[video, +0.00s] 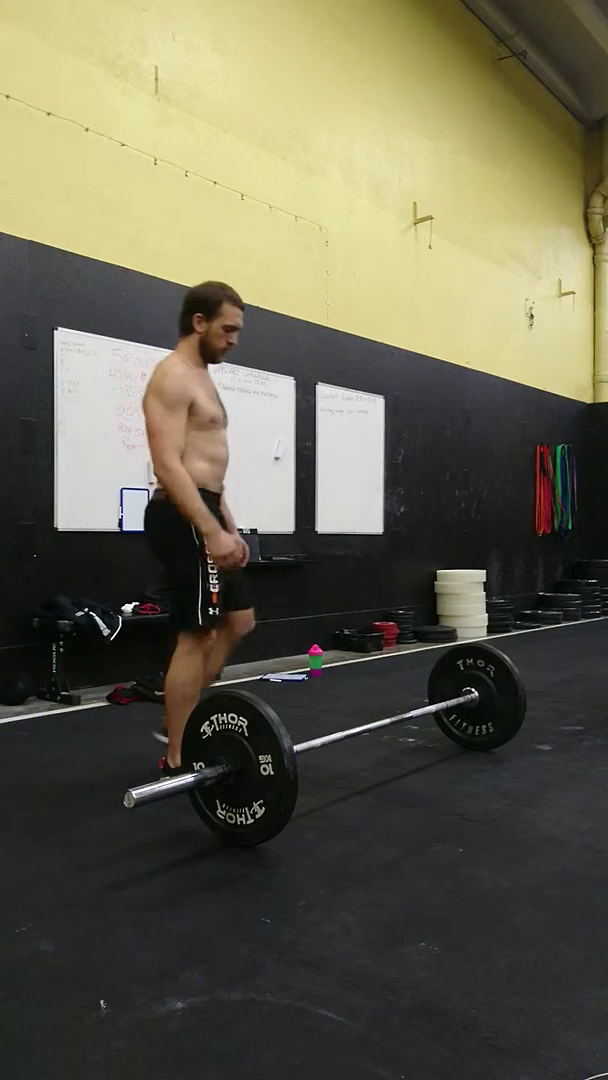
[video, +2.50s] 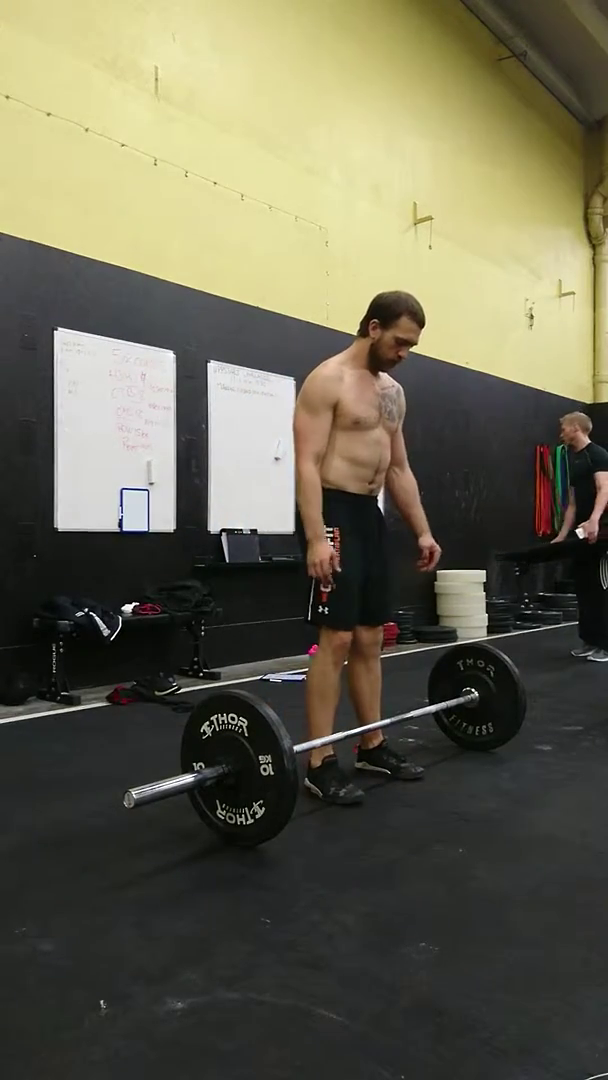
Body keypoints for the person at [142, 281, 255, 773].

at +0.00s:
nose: (234, 339)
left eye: (237, 330)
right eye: (229, 329)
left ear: (208, 326)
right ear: (198, 323)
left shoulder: (198, 374)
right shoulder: (172, 376)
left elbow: (204, 466)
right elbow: (167, 466)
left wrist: (227, 524)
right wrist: (210, 532)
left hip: (206, 512)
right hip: (181, 514)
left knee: (238, 621)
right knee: (196, 635)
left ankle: (180, 721)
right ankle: (177, 758)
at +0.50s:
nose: (308, 360)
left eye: (313, 352)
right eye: (303, 349)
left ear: (317, 349)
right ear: (276, 339)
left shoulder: (297, 397)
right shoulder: (239, 388)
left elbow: (302, 469)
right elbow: (205, 465)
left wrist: (328, 522)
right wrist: (221, 529)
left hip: (280, 510)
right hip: (250, 506)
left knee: (270, 625)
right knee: (282, 621)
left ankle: (251, 726)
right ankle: (246, 726)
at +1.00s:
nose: (347, 356)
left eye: (353, 349)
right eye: (342, 346)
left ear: (353, 346)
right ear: (315, 335)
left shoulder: (333, 397)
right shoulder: (279, 384)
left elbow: (339, 473)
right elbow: (254, 463)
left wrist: (366, 531)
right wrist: (263, 535)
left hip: (324, 515)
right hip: (289, 512)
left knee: (352, 621)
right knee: (302, 635)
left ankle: (284, 696)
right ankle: (304, 748)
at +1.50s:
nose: (388, 354)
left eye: (394, 347)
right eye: (383, 344)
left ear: (393, 344)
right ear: (356, 332)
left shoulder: (379, 397)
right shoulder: (315, 383)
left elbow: (385, 473)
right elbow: (295, 461)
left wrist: (405, 536)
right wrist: (319, 526)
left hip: (362, 517)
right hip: (323, 515)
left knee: (364, 635)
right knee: (337, 631)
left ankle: (366, 743)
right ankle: (305, 743)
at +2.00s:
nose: (398, 351)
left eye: (404, 343)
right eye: (394, 340)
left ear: (396, 337)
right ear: (365, 325)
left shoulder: (379, 388)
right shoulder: (323, 374)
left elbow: (383, 468)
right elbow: (299, 458)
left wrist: (405, 531)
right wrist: (316, 534)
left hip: (363, 516)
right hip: (323, 515)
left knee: (375, 635)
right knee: (318, 640)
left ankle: (371, 742)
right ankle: (316, 761)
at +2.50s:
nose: (404, 353)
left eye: (410, 346)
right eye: (399, 342)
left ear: (408, 341)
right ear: (371, 328)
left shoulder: (392, 390)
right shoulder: (327, 379)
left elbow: (398, 467)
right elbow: (307, 461)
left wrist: (422, 530)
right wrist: (316, 537)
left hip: (371, 516)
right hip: (332, 513)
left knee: (369, 637)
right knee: (336, 638)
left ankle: (372, 748)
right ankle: (319, 763)